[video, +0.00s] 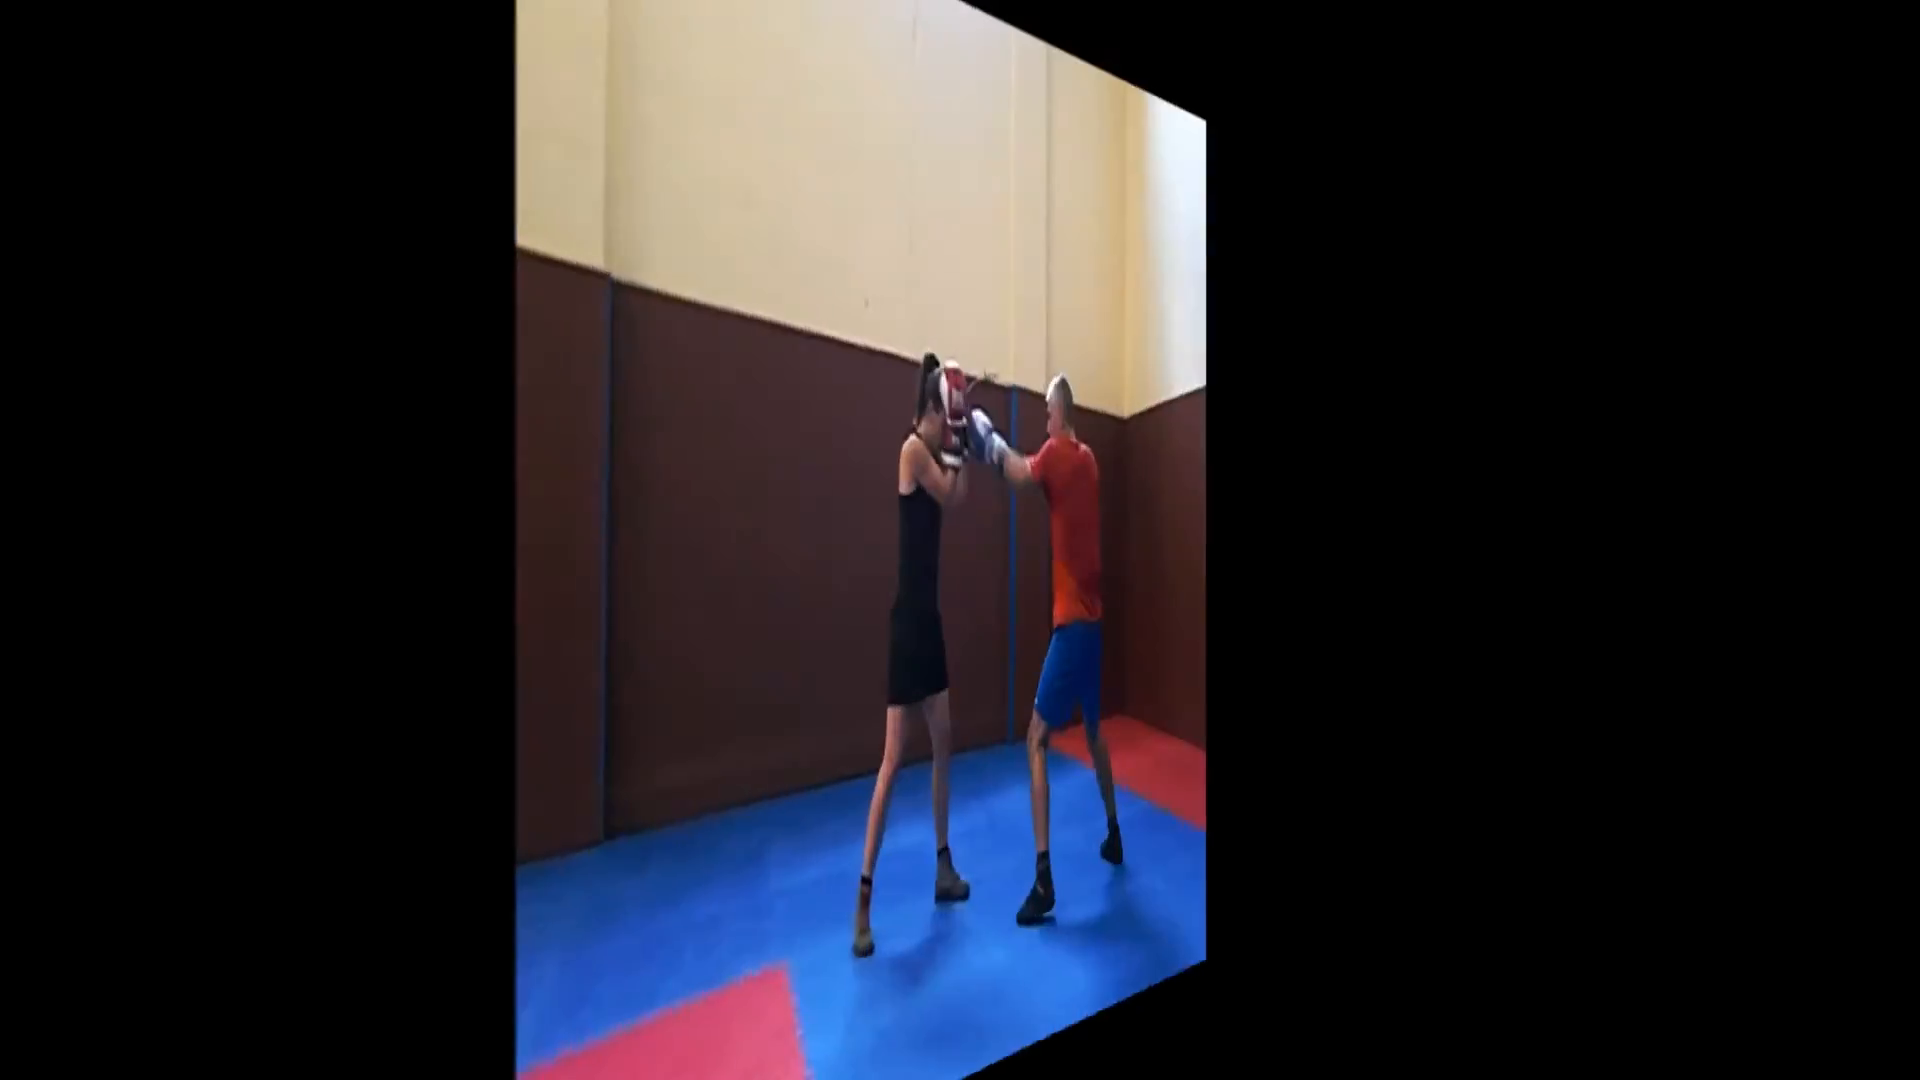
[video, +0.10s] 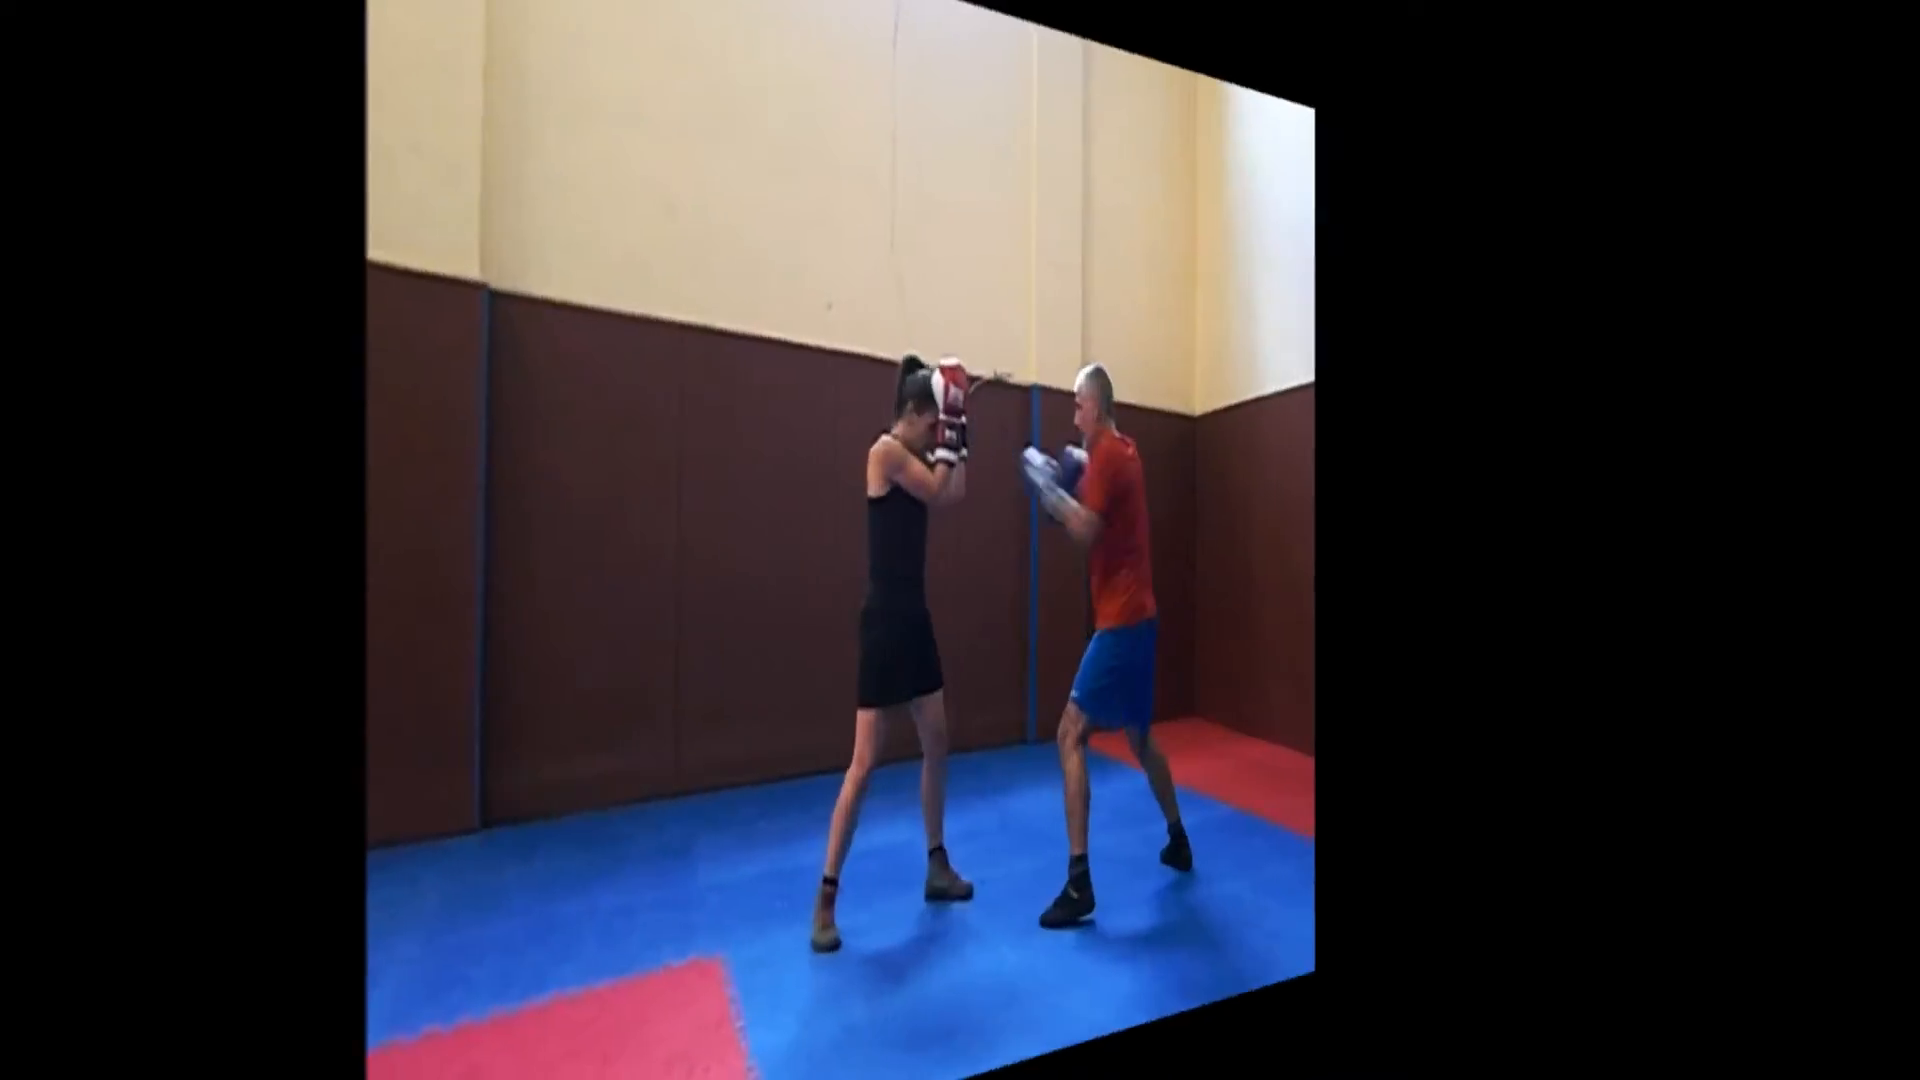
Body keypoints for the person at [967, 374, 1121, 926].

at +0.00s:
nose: (1044, 416)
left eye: (1046, 408)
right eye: (1047, 409)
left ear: (1053, 412)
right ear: (1074, 415)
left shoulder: (1059, 454)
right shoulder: (1081, 458)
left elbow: (1016, 473)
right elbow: (1022, 469)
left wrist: (981, 432)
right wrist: (988, 438)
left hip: (1071, 627)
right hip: (1091, 623)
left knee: (1035, 739)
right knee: (1094, 734)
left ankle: (1043, 880)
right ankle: (1113, 835)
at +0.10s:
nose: (1074, 412)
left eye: (1080, 403)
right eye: (1075, 403)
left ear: (1101, 405)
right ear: (1099, 405)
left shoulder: (1106, 456)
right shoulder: (1118, 449)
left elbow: (1085, 529)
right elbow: (1091, 516)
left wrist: (1047, 490)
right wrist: (1060, 481)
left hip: (1120, 621)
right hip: (1133, 617)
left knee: (1070, 735)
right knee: (1140, 737)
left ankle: (1078, 884)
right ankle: (1178, 839)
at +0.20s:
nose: (1105, 419)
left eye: (1111, 409)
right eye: (1104, 410)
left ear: (1138, 412)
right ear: (1121, 413)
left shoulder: (1173, 466)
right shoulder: (1120, 458)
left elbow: (1189, 549)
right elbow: (1081, 463)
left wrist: (1137, 522)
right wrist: (1047, 445)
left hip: (1173, 626)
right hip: (1157, 625)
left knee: (1113, 740)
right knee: (1180, 751)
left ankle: (1112, 892)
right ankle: (1237, 843)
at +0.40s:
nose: (1148, 420)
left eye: (1157, 409)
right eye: (1148, 410)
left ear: (1189, 413)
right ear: (1172, 413)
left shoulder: (1240, 467)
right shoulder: (1164, 458)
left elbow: (1270, 554)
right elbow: (1108, 476)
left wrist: (1205, 530)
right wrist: (1057, 456)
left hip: (1231, 637)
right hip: (1205, 635)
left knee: (1140, 744)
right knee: (1250, 763)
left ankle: (1155, 903)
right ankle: (1331, 862)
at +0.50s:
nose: (1148, 405)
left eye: (1155, 392)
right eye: (1147, 393)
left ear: (1186, 391)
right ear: (1195, 393)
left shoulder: (1205, 439)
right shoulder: (1242, 435)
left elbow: (1188, 514)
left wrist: (1112, 476)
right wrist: (1151, 458)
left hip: (1218, 626)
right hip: (1273, 622)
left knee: (1132, 748)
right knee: (1291, 751)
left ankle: (1160, 901)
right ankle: (1355, 870)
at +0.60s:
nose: (1146, 410)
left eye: (1152, 399)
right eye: (1146, 400)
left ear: (1182, 397)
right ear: (1205, 399)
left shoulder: (1168, 436)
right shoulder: (1267, 441)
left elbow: (1067, 448)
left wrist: (985, 429)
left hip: (1215, 627)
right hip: (1287, 623)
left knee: (1133, 753)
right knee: (1306, 748)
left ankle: (1162, 906)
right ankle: (1359, 877)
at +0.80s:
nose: (1171, 410)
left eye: (1175, 399)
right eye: (1170, 400)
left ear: (1201, 396)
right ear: (1229, 398)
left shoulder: (1190, 440)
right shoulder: (1288, 445)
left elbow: (1109, 478)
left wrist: (1041, 459)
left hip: (1231, 625)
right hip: (1302, 620)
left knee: (1151, 754)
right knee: (1319, 753)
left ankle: (1165, 909)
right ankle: (1364, 884)